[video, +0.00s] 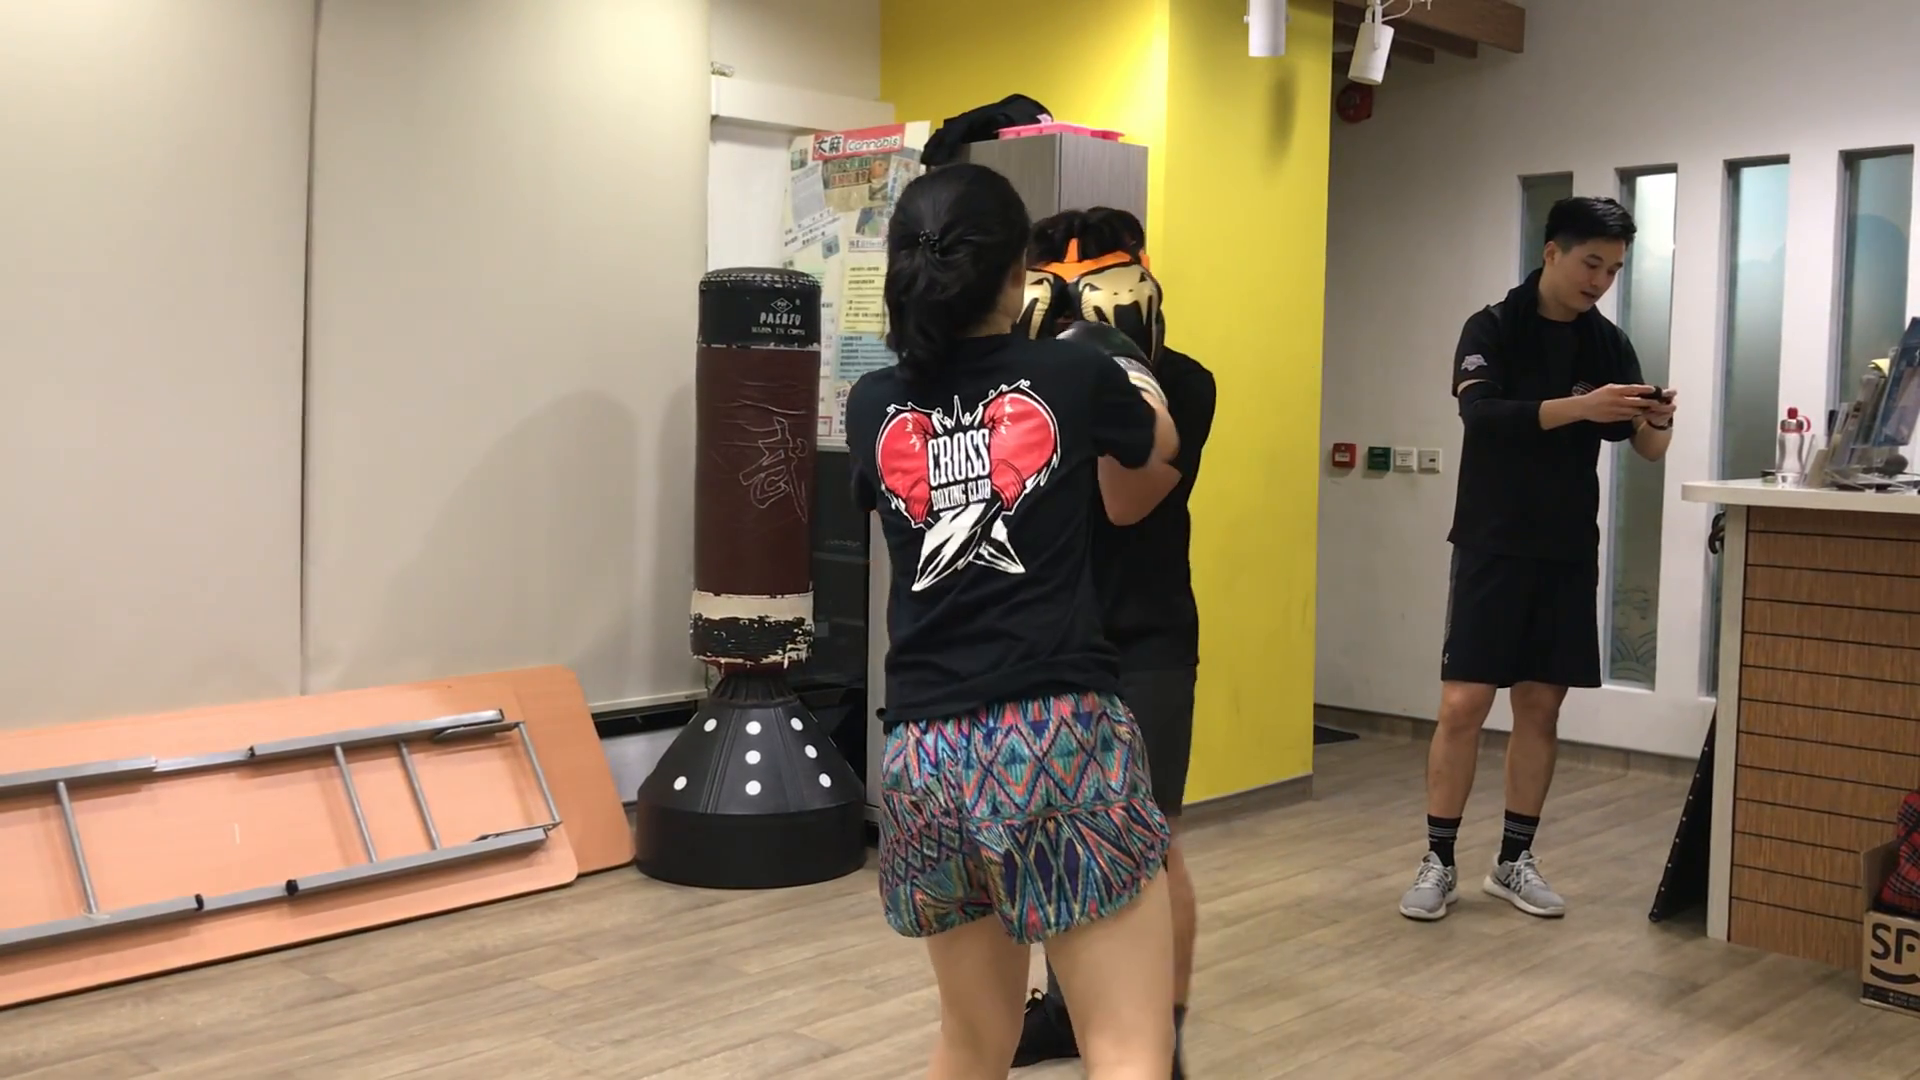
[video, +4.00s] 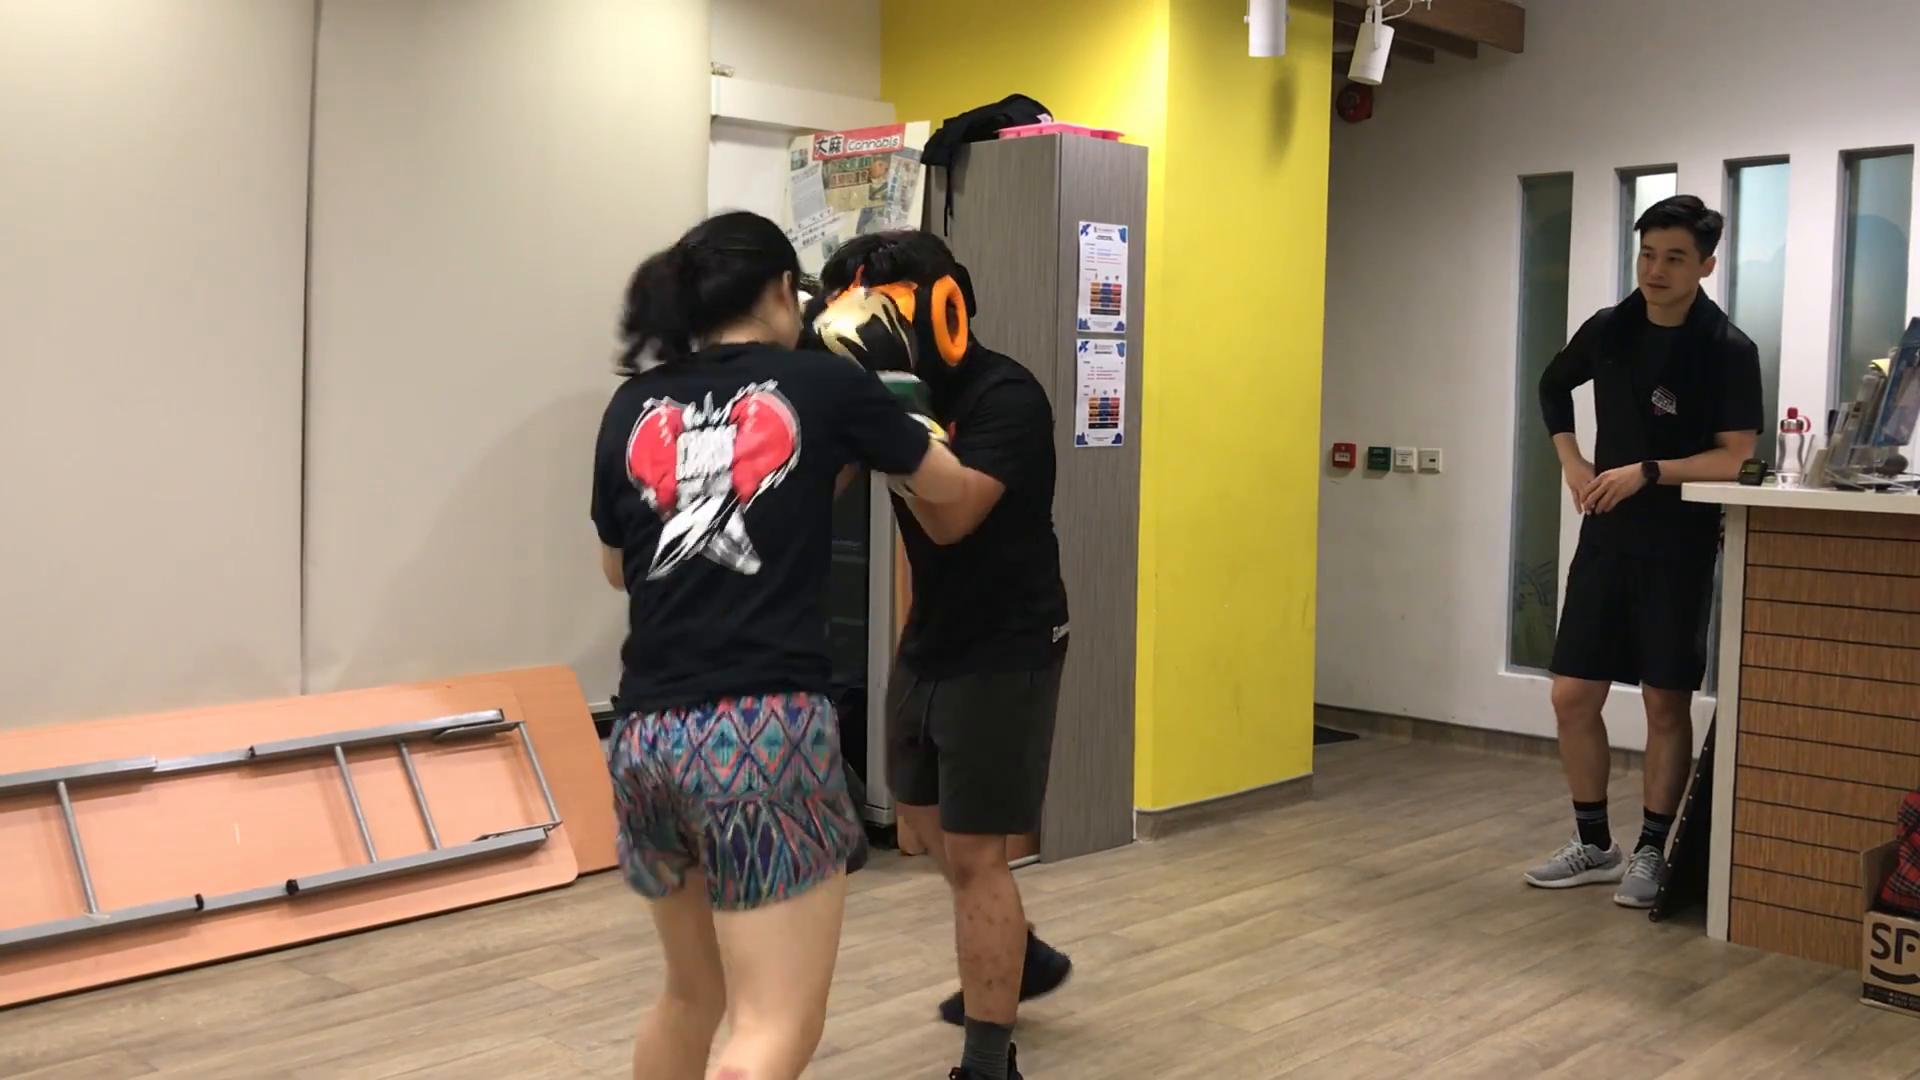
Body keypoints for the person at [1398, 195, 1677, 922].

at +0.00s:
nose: (1601, 281)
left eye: (1612, 270)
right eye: (1591, 264)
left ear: (1616, 270)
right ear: (1551, 251)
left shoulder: (1608, 345)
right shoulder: (1490, 328)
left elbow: (1650, 449)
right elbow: (1482, 415)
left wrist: (1656, 421)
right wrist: (1585, 407)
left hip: (1565, 551)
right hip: (1489, 545)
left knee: (1539, 708)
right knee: (1462, 705)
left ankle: (1516, 861)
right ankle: (1438, 862)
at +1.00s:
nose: (1560, 254)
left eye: (1575, 243)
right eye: (1547, 240)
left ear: (1594, 254)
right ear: (1524, 247)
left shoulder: (1606, 341)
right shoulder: (1489, 327)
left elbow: (1643, 434)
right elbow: (1439, 397)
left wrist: (1705, 460)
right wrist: (1488, 392)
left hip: (1567, 551)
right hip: (1489, 544)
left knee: (1541, 708)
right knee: (1460, 707)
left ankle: (1513, 861)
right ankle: (1437, 863)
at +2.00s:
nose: (1564, 262)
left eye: (1580, 251)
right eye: (1552, 246)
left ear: (1598, 259)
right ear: (1528, 249)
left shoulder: (1604, 339)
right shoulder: (1491, 321)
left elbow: (1642, 435)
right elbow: (1474, 355)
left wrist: (1703, 465)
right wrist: (1522, 292)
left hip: (1570, 549)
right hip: (1493, 541)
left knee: (1542, 709)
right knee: (1464, 708)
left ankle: (1513, 861)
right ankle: (1437, 863)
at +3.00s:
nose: (1570, 270)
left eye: (1586, 258)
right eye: (1560, 257)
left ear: (1614, 263)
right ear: (1547, 261)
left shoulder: (1646, 344)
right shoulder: (1525, 341)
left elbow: (1690, 437)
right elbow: (1485, 424)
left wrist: (1642, 467)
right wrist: (1483, 481)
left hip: (1608, 538)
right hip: (1538, 534)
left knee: (1583, 689)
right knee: (1548, 689)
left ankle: (1601, 845)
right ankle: (1573, 834)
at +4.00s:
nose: (1656, 269)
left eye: (1674, 258)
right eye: (1647, 254)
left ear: (1706, 264)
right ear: (1636, 255)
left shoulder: (1729, 350)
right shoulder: (1609, 328)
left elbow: (1735, 457)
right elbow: (1552, 387)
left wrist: (1647, 471)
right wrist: (1571, 460)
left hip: (1681, 543)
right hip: (1608, 534)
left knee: (1665, 705)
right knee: (1572, 693)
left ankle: (1652, 853)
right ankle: (1593, 843)